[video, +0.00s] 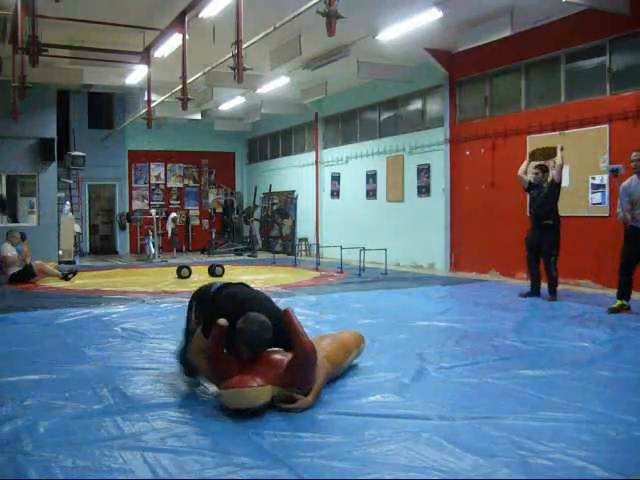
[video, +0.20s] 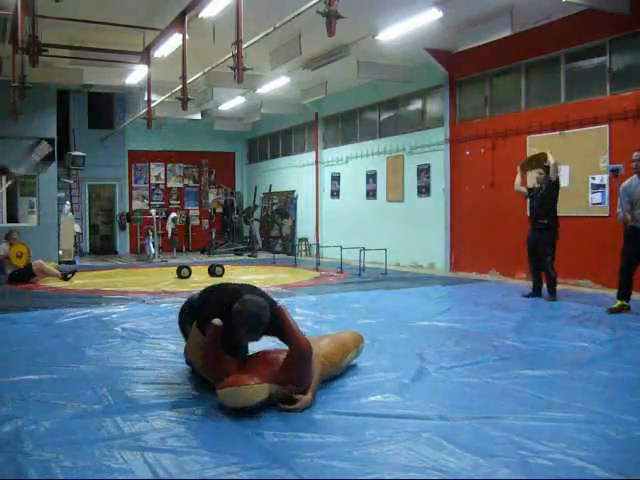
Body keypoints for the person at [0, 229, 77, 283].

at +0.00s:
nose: (17, 241)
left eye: (18, 239)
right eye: (16, 238)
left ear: (17, 240)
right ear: (10, 238)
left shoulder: (14, 248)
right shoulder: (6, 247)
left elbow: (25, 261)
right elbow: (8, 262)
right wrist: (19, 256)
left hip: (19, 274)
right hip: (12, 276)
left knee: (43, 269)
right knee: (38, 265)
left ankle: (64, 273)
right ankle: (62, 275)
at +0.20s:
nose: (15, 241)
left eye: (16, 239)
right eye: (13, 239)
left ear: (18, 239)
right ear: (8, 240)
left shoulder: (18, 247)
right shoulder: (4, 247)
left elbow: (25, 262)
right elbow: (3, 259)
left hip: (21, 273)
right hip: (12, 275)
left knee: (44, 269)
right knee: (38, 264)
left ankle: (63, 273)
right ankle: (61, 276)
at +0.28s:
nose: (15, 237)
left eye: (16, 235)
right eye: (13, 236)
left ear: (18, 236)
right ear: (8, 237)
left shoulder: (23, 247)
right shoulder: (4, 247)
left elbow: (28, 262)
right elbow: (2, 258)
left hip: (24, 273)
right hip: (13, 275)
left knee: (44, 269)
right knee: (39, 264)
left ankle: (63, 275)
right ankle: (61, 275)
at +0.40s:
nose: (16, 241)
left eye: (17, 239)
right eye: (14, 239)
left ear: (18, 238)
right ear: (9, 239)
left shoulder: (19, 247)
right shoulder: (5, 247)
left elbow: (24, 263)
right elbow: (2, 256)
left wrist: (27, 256)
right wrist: (6, 254)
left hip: (22, 274)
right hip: (13, 275)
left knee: (45, 270)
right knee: (39, 264)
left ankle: (63, 274)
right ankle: (62, 275)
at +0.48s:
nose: (17, 240)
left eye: (18, 238)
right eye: (15, 238)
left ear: (18, 239)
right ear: (9, 238)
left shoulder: (18, 247)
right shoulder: (5, 247)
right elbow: (3, 258)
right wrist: (13, 254)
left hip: (21, 274)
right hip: (12, 276)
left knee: (45, 269)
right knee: (39, 264)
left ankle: (63, 274)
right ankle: (62, 276)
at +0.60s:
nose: (17, 240)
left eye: (17, 238)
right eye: (16, 238)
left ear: (12, 238)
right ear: (11, 238)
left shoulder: (13, 248)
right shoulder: (6, 247)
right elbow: (7, 260)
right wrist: (20, 255)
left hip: (20, 274)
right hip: (14, 276)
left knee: (44, 269)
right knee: (38, 264)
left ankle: (64, 274)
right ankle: (62, 276)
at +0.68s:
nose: (18, 240)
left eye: (18, 238)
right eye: (17, 238)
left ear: (9, 237)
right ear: (14, 238)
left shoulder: (6, 246)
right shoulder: (9, 246)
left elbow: (15, 262)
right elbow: (16, 261)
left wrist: (25, 253)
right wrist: (27, 254)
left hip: (18, 275)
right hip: (16, 275)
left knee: (44, 270)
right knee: (38, 265)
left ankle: (63, 274)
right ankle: (62, 276)